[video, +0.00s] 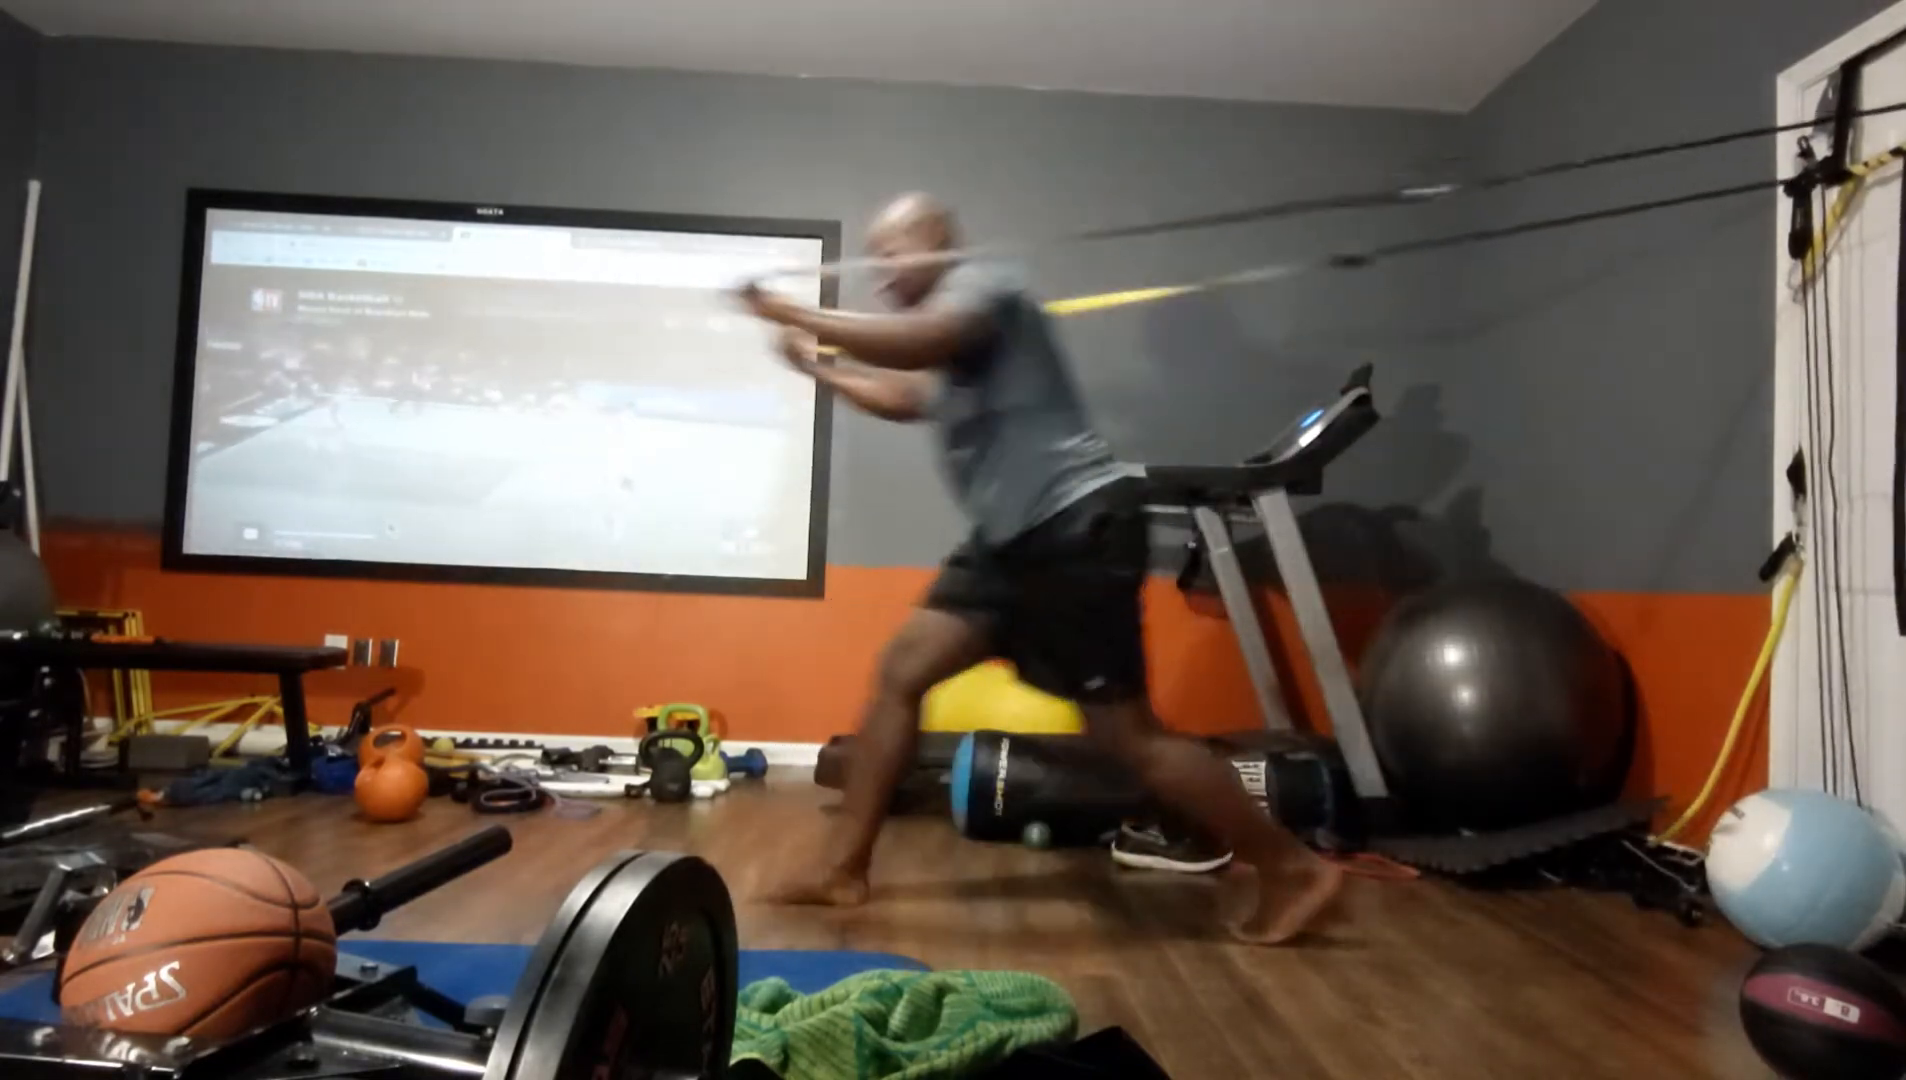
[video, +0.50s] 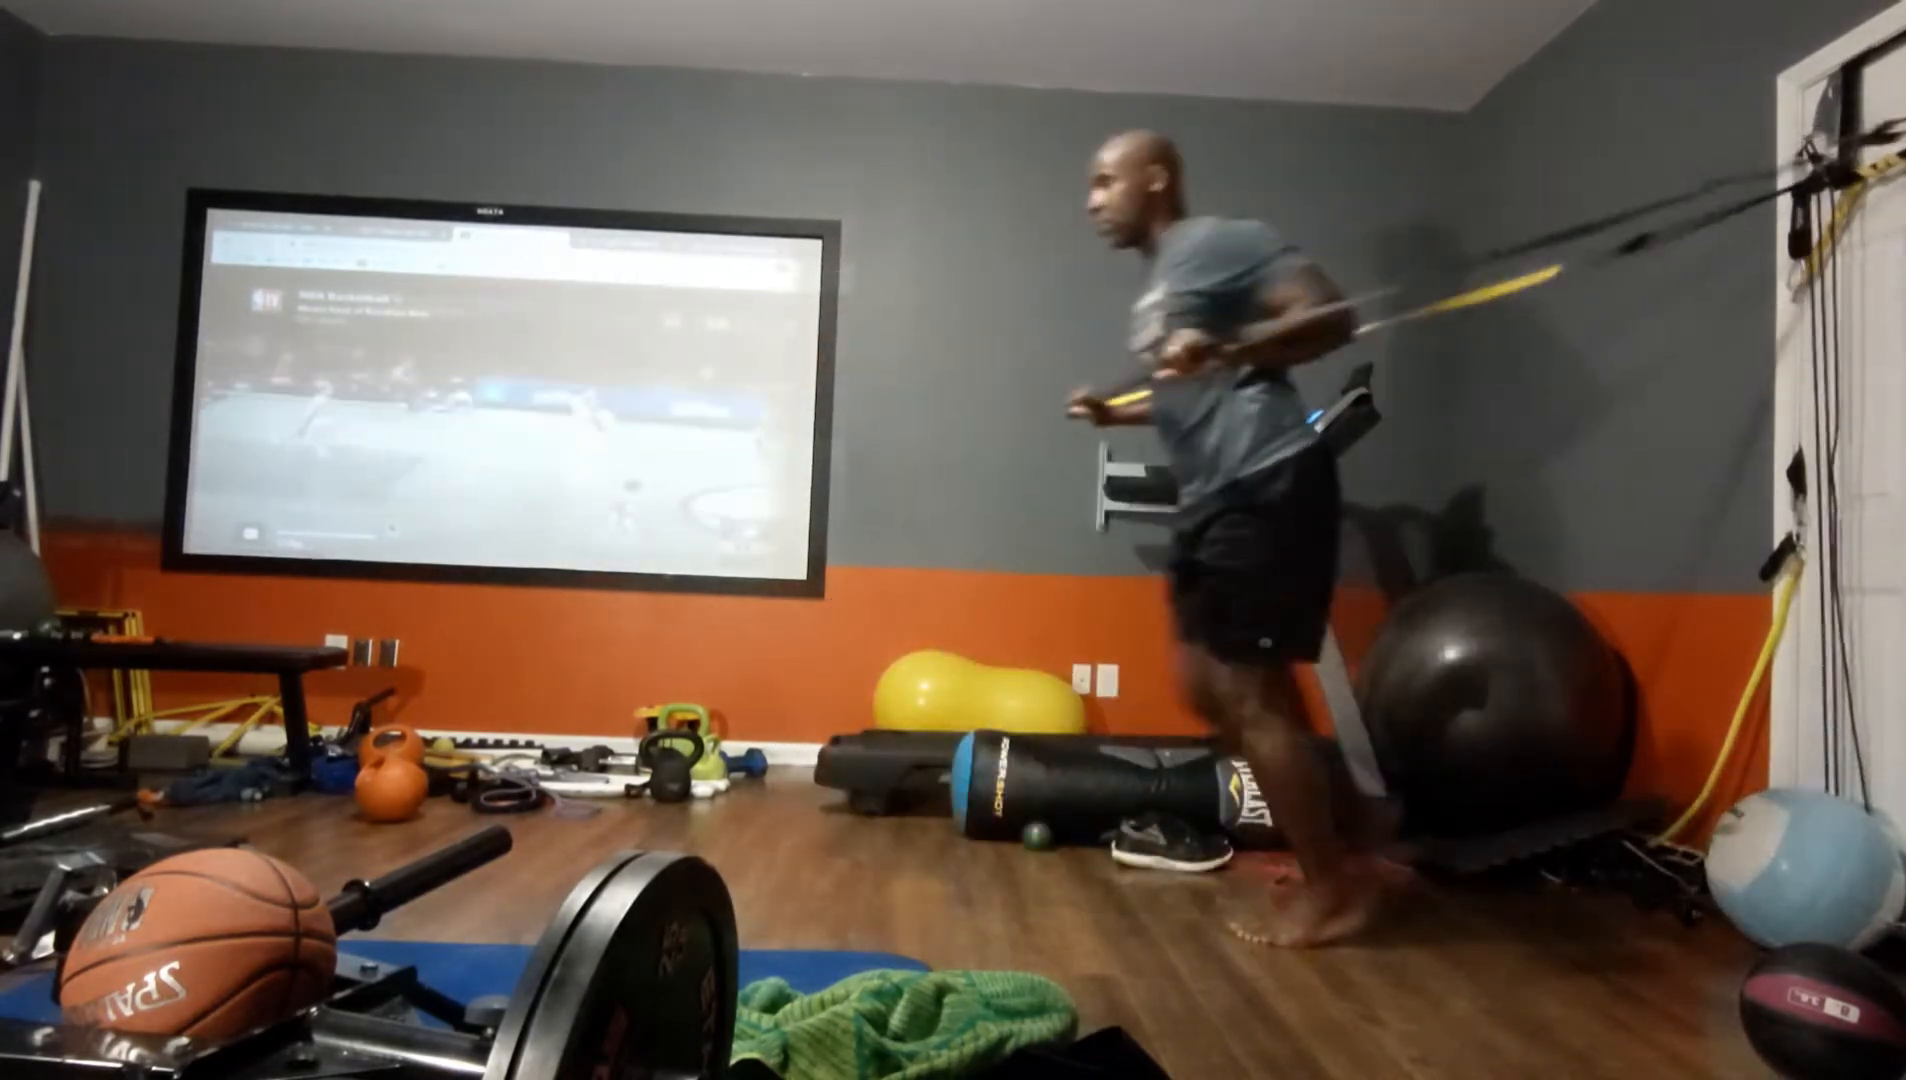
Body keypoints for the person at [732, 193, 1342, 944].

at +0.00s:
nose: (883, 270)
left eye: (895, 250)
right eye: (876, 258)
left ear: (940, 243)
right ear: (881, 262)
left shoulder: (988, 283)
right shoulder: (939, 343)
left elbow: (929, 338)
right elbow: (900, 398)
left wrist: (803, 317)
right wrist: (815, 363)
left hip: (1084, 523)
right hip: (1010, 542)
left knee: (1126, 736)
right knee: (903, 669)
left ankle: (1296, 872)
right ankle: (845, 871)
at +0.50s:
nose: (1093, 201)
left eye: (1106, 181)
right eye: (1092, 187)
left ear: (1159, 181)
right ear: (1131, 193)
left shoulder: (1218, 241)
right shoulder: (1154, 292)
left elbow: (1331, 313)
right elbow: (1192, 399)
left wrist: (1231, 350)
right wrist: (1114, 410)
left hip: (1272, 490)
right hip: (1215, 502)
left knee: (1251, 693)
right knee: (1204, 685)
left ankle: (1329, 887)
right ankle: (1333, 838)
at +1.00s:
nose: (1113, 202)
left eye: (1127, 185)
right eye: (1114, 187)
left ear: (1177, 188)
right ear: (1168, 192)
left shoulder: (1231, 246)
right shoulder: (1179, 288)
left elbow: (1338, 320)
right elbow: (1237, 402)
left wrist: (1246, 384)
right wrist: (1162, 424)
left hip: (1311, 495)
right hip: (1242, 511)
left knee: (1346, 693)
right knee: (1234, 690)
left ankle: (1459, 884)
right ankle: (1325, 869)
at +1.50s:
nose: (968, 262)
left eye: (974, 241)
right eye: (959, 250)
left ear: (1020, 223)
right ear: (969, 255)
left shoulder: (1076, 274)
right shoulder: (1027, 319)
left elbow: (1121, 361)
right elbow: (1040, 416)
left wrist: (1001, 356)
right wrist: (959, 396)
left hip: (1149, 504)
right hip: (1120, 514)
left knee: (1019, 665)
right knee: (1182, 725)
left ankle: (1125, 829)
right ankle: (1314, 854)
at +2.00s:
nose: (694, 390)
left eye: (694, 374)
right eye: (682, 383)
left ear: (732, 344)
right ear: (736, 367)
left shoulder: (802, 353)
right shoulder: (800, 414)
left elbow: (655, 338)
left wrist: (524, 288)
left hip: (980, 534)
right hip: (996, 544)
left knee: (822, 686)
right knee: (1091, 748)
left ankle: (888, 899)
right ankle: (1246, 843)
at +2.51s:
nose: (814, 277)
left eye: (824, 261)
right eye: (812, 269)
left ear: (874, 256)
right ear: (850, 280)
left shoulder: (926, 308)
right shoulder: (885, 364)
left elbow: (805, 309)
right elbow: (790, 374)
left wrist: (674, 276)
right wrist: (693, 340)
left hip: (1033, 521)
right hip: (1051, 530)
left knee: (869, 667)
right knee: (1120, 740)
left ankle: (890, 896)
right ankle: (1266, 845)